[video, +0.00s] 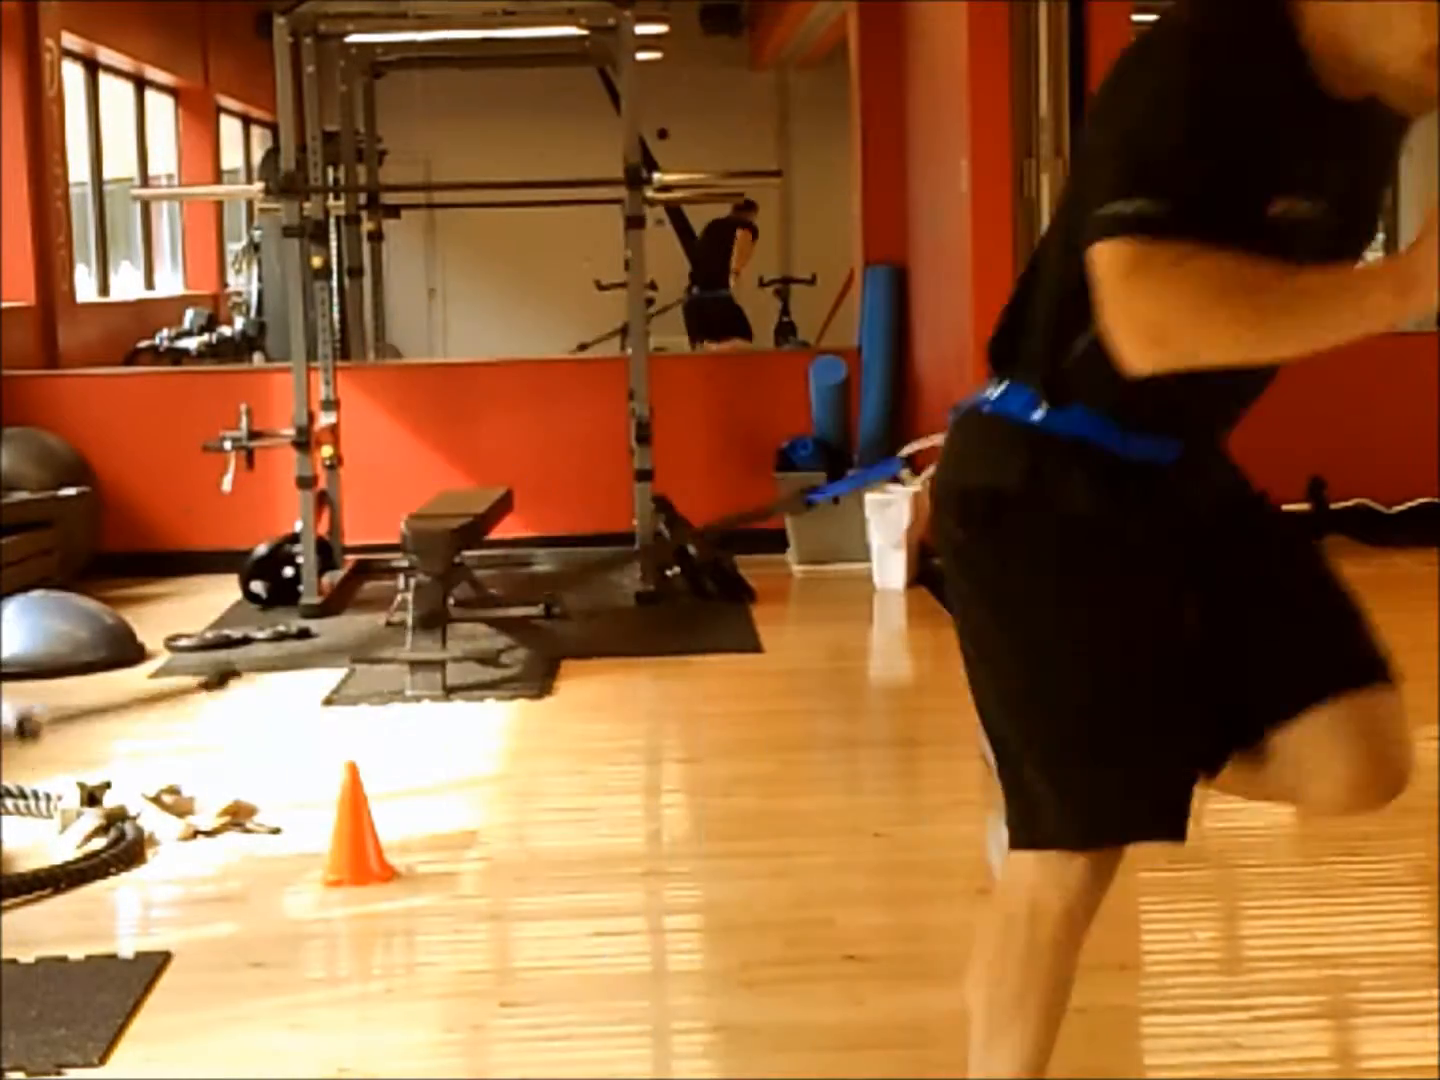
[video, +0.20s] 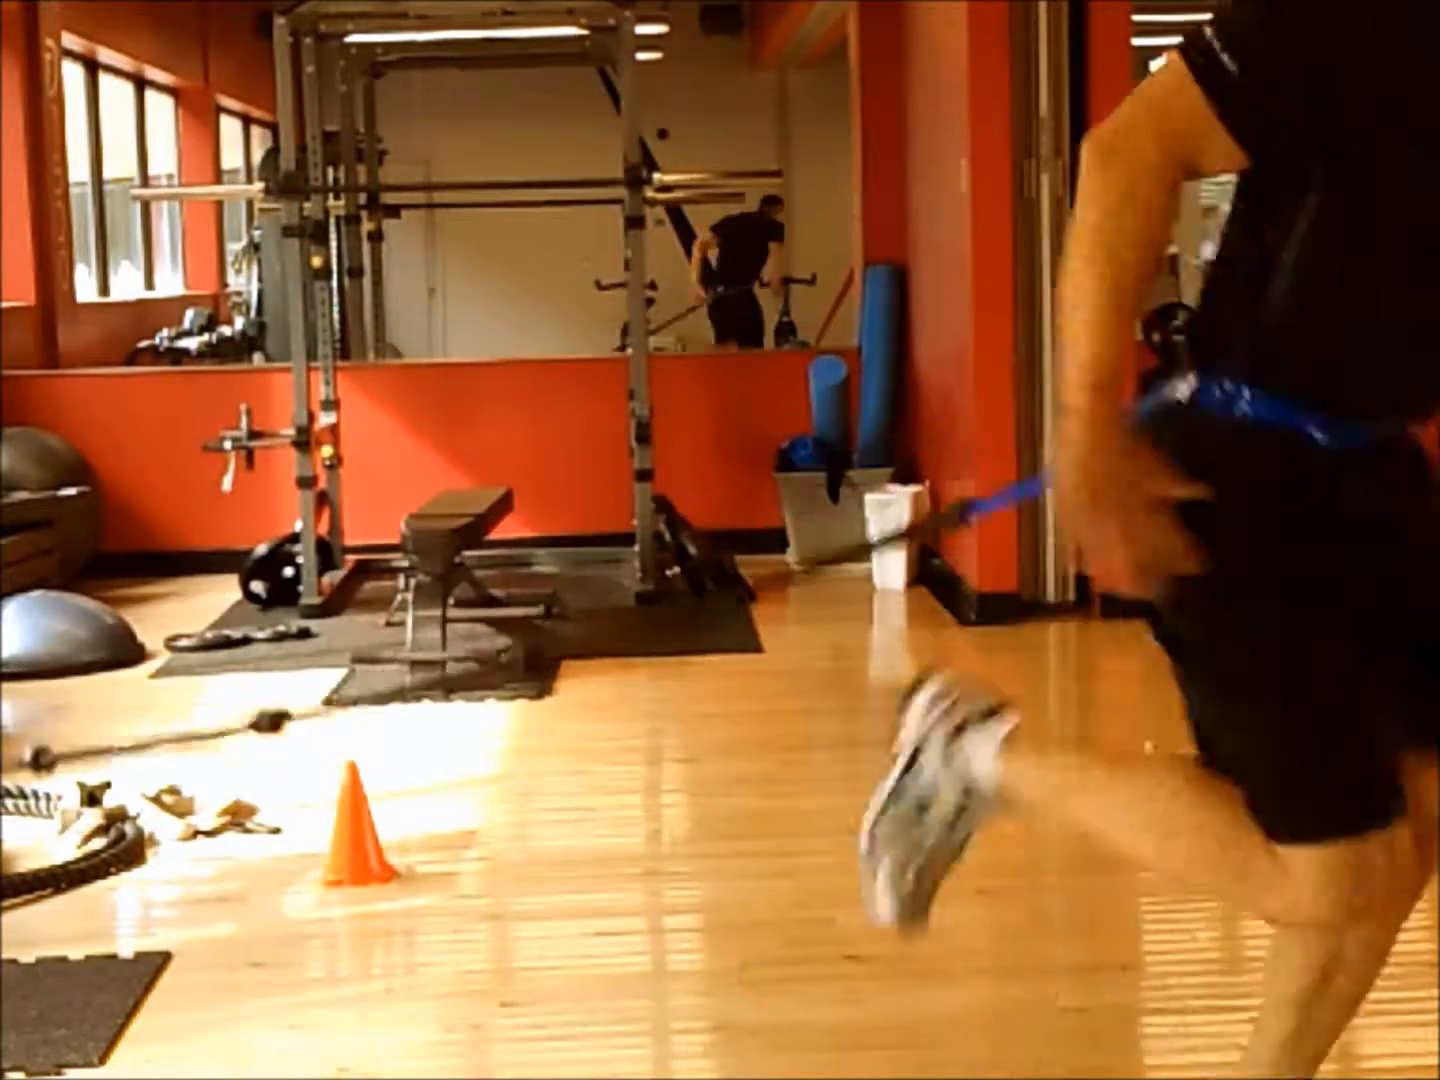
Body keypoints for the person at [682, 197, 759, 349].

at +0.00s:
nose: (754, 218)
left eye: (754, 215)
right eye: (754, 215)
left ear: (733, 211)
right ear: (752, 214)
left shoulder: (712, 224)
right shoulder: (747, 225)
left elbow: (698, 254)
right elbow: (743, 236)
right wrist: (737, 269)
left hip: (694, 300)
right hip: (718, 299)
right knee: (744, 339)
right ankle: (709, 348)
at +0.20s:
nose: (778, 216)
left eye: (778, 213)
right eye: (778, 212)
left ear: (760, 206)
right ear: (775, 210)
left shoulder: (731, 221)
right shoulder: (773, 226)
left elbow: (700, 245)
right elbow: (773, 278)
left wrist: (695, 284)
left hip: (719, 297)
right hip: (745, 296)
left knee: (726, 353)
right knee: (752, 353)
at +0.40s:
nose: (783, 211)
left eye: (784, 207)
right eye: (783, 207)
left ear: (765, 202)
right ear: (778, 204)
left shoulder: (739, 217)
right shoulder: (778, 220)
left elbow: (709, 234)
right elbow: (782, 260)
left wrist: (709, 275)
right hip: (748, 292)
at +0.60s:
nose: (774, 223)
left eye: (774, 219)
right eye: (774, 219)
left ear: (753, 214)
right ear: (769, 217)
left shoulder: (731, 228)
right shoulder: (764, 232)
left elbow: (717, 258)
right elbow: (762, 272)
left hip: (716, 303)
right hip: (742, 302)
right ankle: (738, 344)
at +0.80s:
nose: (766, 208)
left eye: (766, 204)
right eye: (766, 204)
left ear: (745, 200)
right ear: (764, 204)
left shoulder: (718, 218)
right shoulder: (760, 225)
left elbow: (685, 244)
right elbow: (761, 278)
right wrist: (771, 308)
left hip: (705, 298)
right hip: (731, 297)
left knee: (714, 356)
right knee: (741, 355)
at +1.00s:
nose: (741, 212)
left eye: (740, 206)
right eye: (740, 207)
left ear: (719, 206)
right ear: (736, 207)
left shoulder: (694, 226)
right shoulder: (732, 230)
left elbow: (665, 252)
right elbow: (738, 276)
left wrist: (651, 279)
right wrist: (752, 281)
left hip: (687, 305)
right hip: (716, 303)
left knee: (692, 362)